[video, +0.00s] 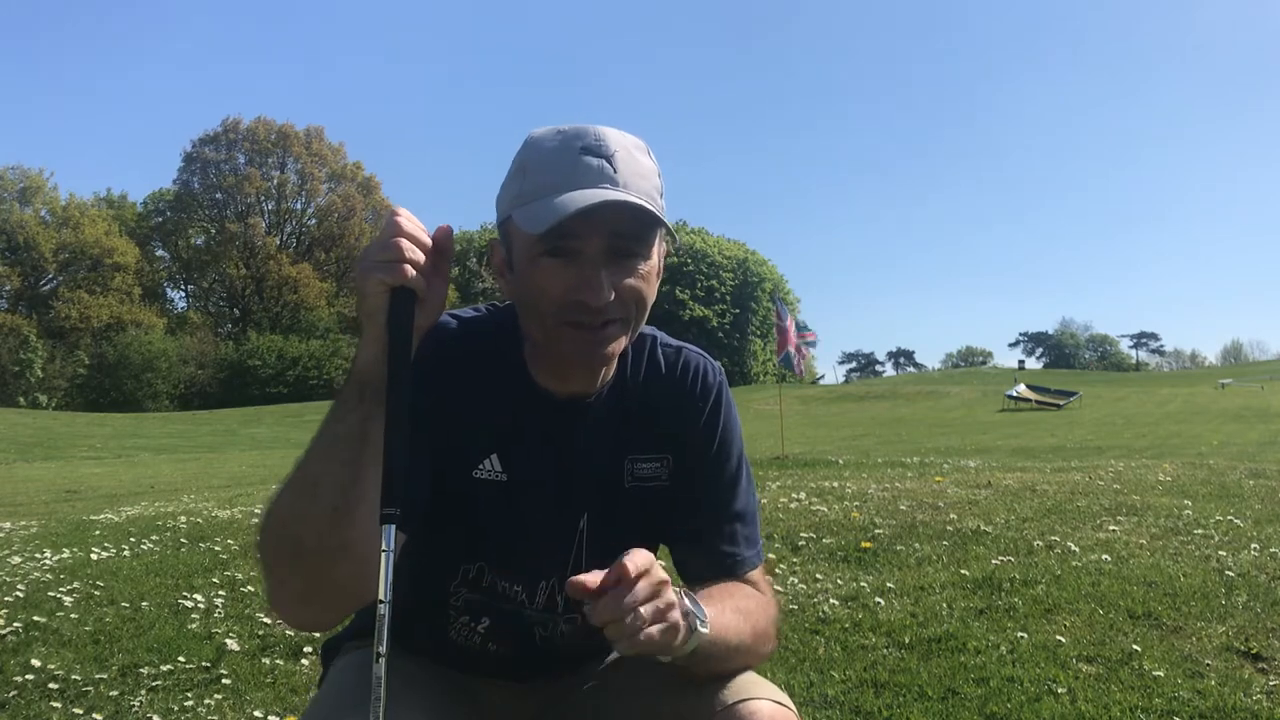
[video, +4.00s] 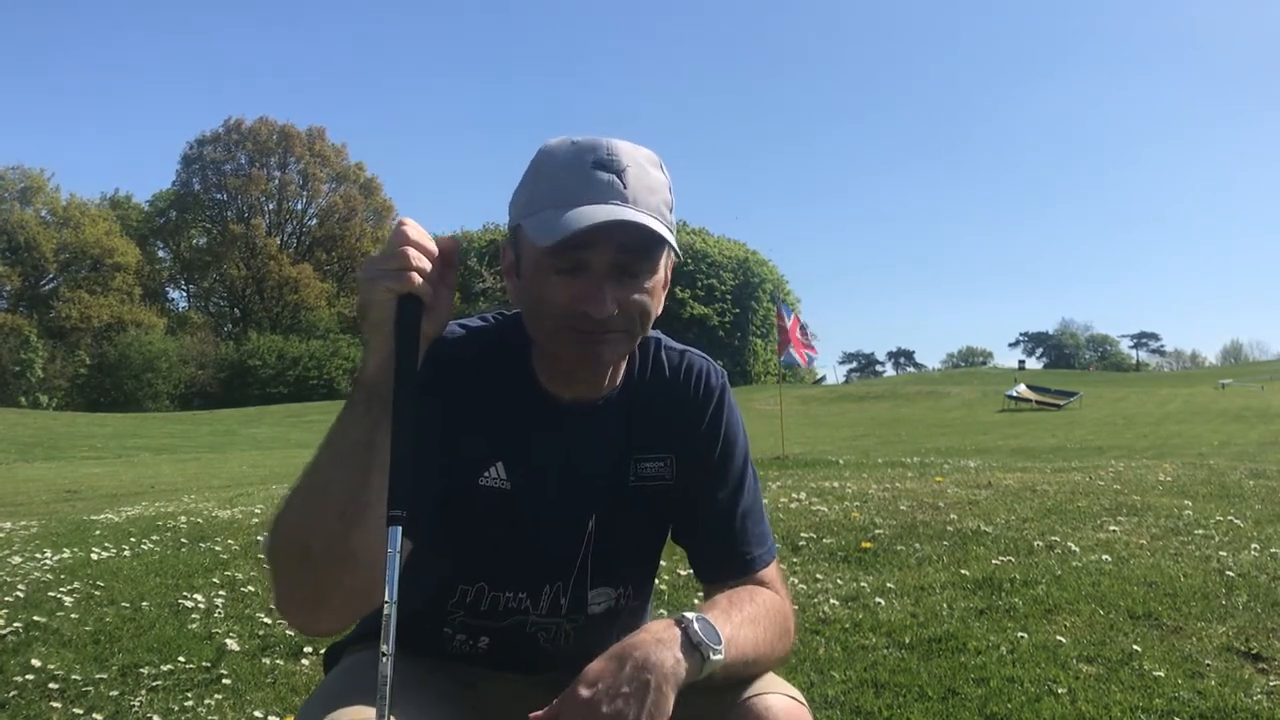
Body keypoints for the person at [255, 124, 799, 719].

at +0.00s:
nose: (597, 291)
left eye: (626, 252)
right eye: (560, 252)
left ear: (660, 263)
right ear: (501, 263)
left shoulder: (688, 388)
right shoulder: (430, 362)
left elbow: (752, 612)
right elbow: (302, 601)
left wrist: (685, 621)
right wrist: (377, 357)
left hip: (607, 666)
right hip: (430, 666)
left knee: (762, 712)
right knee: (348, 708)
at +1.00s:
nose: (602, 289)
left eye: (631, 252)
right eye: (566, 251)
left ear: (664, 266)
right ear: (507, 261)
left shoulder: (692, 385)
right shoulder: (438, 363)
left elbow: (761, 615)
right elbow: (309, 601)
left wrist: (611, 633)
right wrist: (380, 366)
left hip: (604, 670)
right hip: (434, 663)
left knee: (774, 708)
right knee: (354, 701)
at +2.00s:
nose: (617, 289)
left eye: (647, 251)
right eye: (584, 248)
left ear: (679, 268)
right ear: (525, 259)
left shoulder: (701, 390)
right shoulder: (451, 364)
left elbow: (769, 615)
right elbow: (314, 600)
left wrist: (636, 637)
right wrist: (388, 364)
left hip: (608, 672)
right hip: (436, 665)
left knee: (777, 708)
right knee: (357, 707)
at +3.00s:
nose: (606, 289)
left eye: (637, 254)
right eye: (574, 249)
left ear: (673, 275)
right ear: (520, 259)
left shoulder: (696, 391)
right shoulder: (443, 367)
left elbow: (769, 610)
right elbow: (310, 603)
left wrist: (655, 653)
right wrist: (388, 364)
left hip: (611, 672)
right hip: (434, 667)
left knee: (778, 711)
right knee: (354, 715)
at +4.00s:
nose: (600, 302)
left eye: (630, 270)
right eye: (568, 266)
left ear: (665, 280)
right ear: (511, 267)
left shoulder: (689, 391)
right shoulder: (437, 371)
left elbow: (764, 604)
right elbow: (310, 608)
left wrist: (676, 645)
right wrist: (382, 370)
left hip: (612, 670)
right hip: (432, 668)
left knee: (778, 709)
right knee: (344, 711)